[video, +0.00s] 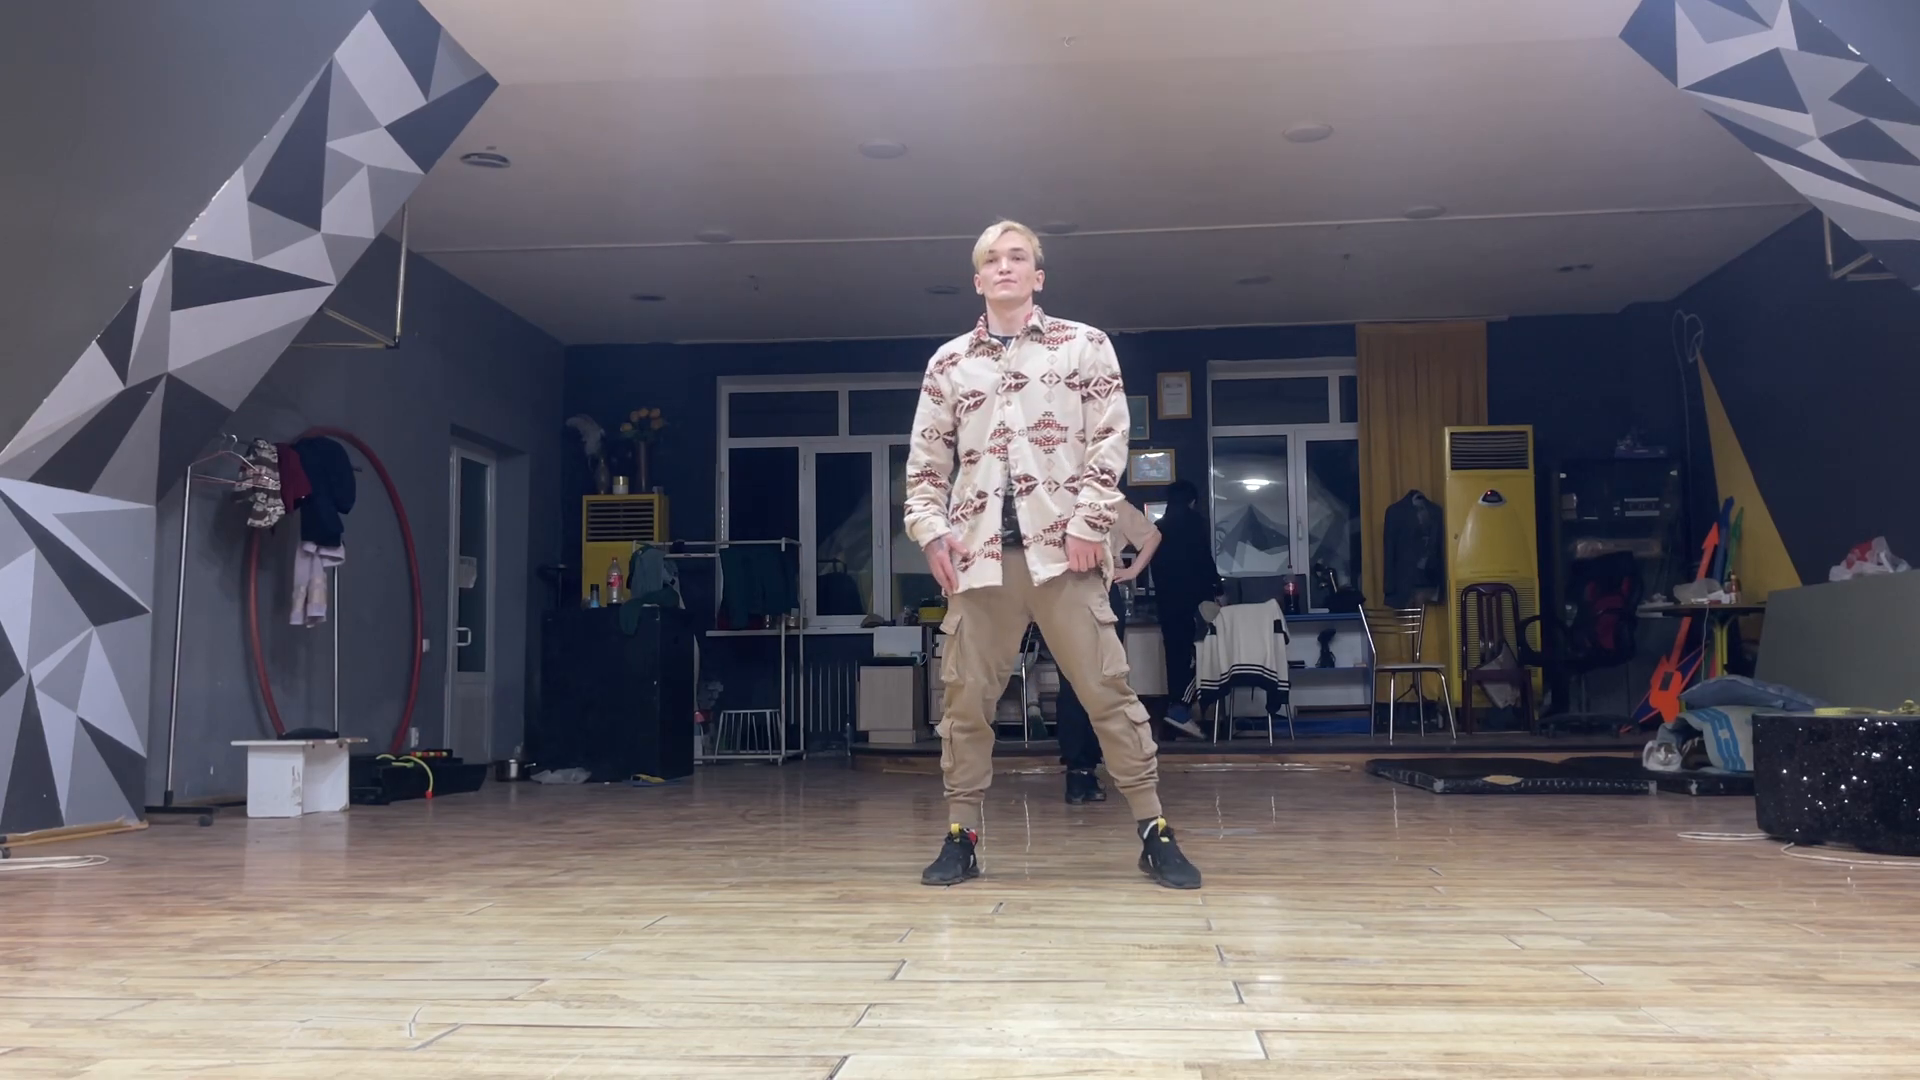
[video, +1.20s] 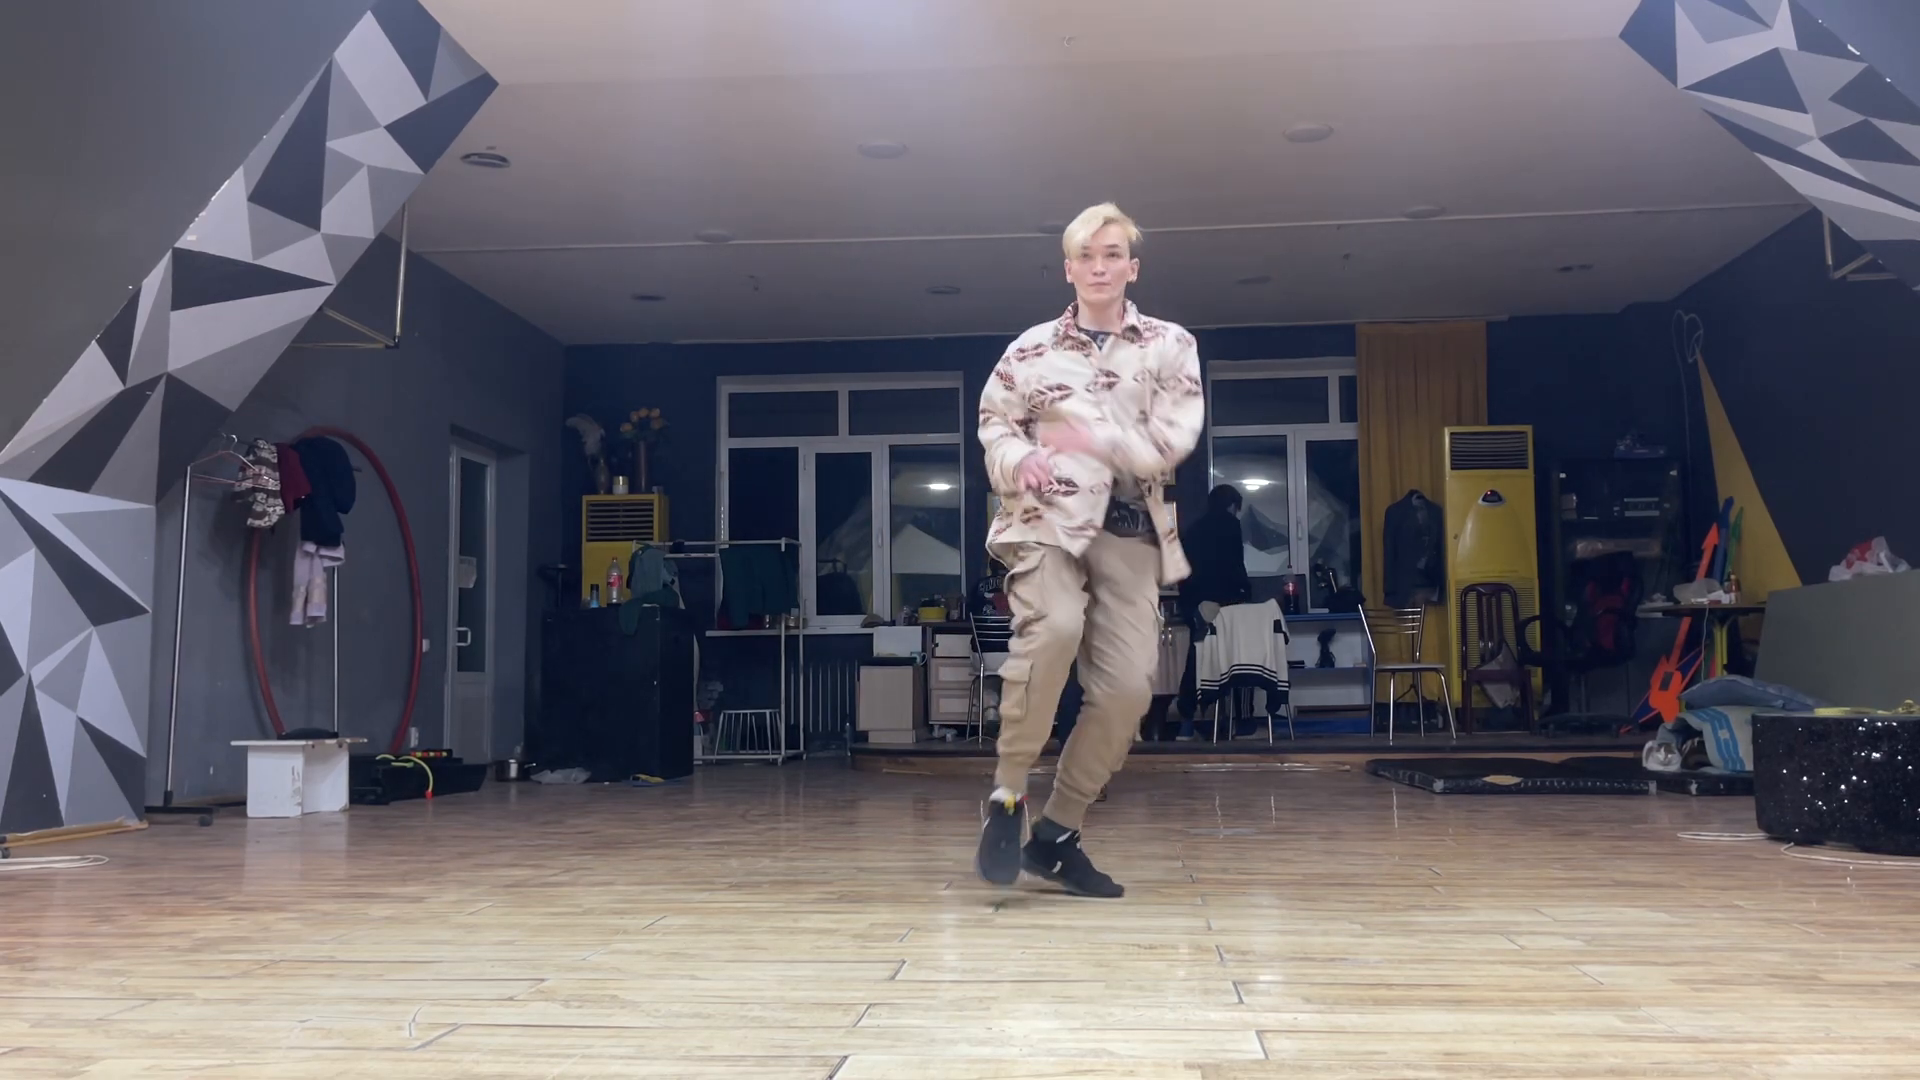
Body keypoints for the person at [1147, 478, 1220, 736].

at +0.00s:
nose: (1194, 504)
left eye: (1190, 501)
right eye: (1194, 501)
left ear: (1169, 500)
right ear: (1192, 500)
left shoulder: (1158, 526)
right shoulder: (1196, 522)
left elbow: (1154, 564)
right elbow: (1203, 558)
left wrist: (1161, 588)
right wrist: (1216, 587)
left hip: (1167, 595)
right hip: (1192, 594)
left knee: (1174, 652)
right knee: (1192, 651)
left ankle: (1177, 710)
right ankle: (1180, 708)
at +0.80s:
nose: (1210, 502)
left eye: (1207, 497)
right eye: (1206, 497)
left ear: (1180, 504)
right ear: (1200, 502)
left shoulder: (1168, 532)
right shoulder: (1200, 526)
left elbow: (1169, 568)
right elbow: (1205, 560)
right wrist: (1216, 586)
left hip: (1175, 600)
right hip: (1196, 600)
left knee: (1183, 660)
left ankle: (1182, 720)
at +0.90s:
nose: (1213, 514)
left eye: (1214, 511)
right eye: (1212, 510)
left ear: (1185, 507)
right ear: (1206, 507)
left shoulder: (1171, 533)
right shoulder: (1205, 521)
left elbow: (1170, 573)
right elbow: (1210, 558)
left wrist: (1174, 598)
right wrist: (1218, 588)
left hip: (1177, 600)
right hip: (1201, 598)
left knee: (1186, 658)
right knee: (1210, 655)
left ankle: (1184, 723)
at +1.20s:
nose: (1237, 512)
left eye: (1237, 508)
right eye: (1237, 507)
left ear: (1212, 502)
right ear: (1230, 505)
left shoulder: (1194, 525)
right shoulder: (1230, 523)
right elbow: (1234, 563)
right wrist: (1246, 591)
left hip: (1194, 595)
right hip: (1224, 595)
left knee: (1196, 657)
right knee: (1232, 654)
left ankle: (1186, 721)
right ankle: (1238, 719)